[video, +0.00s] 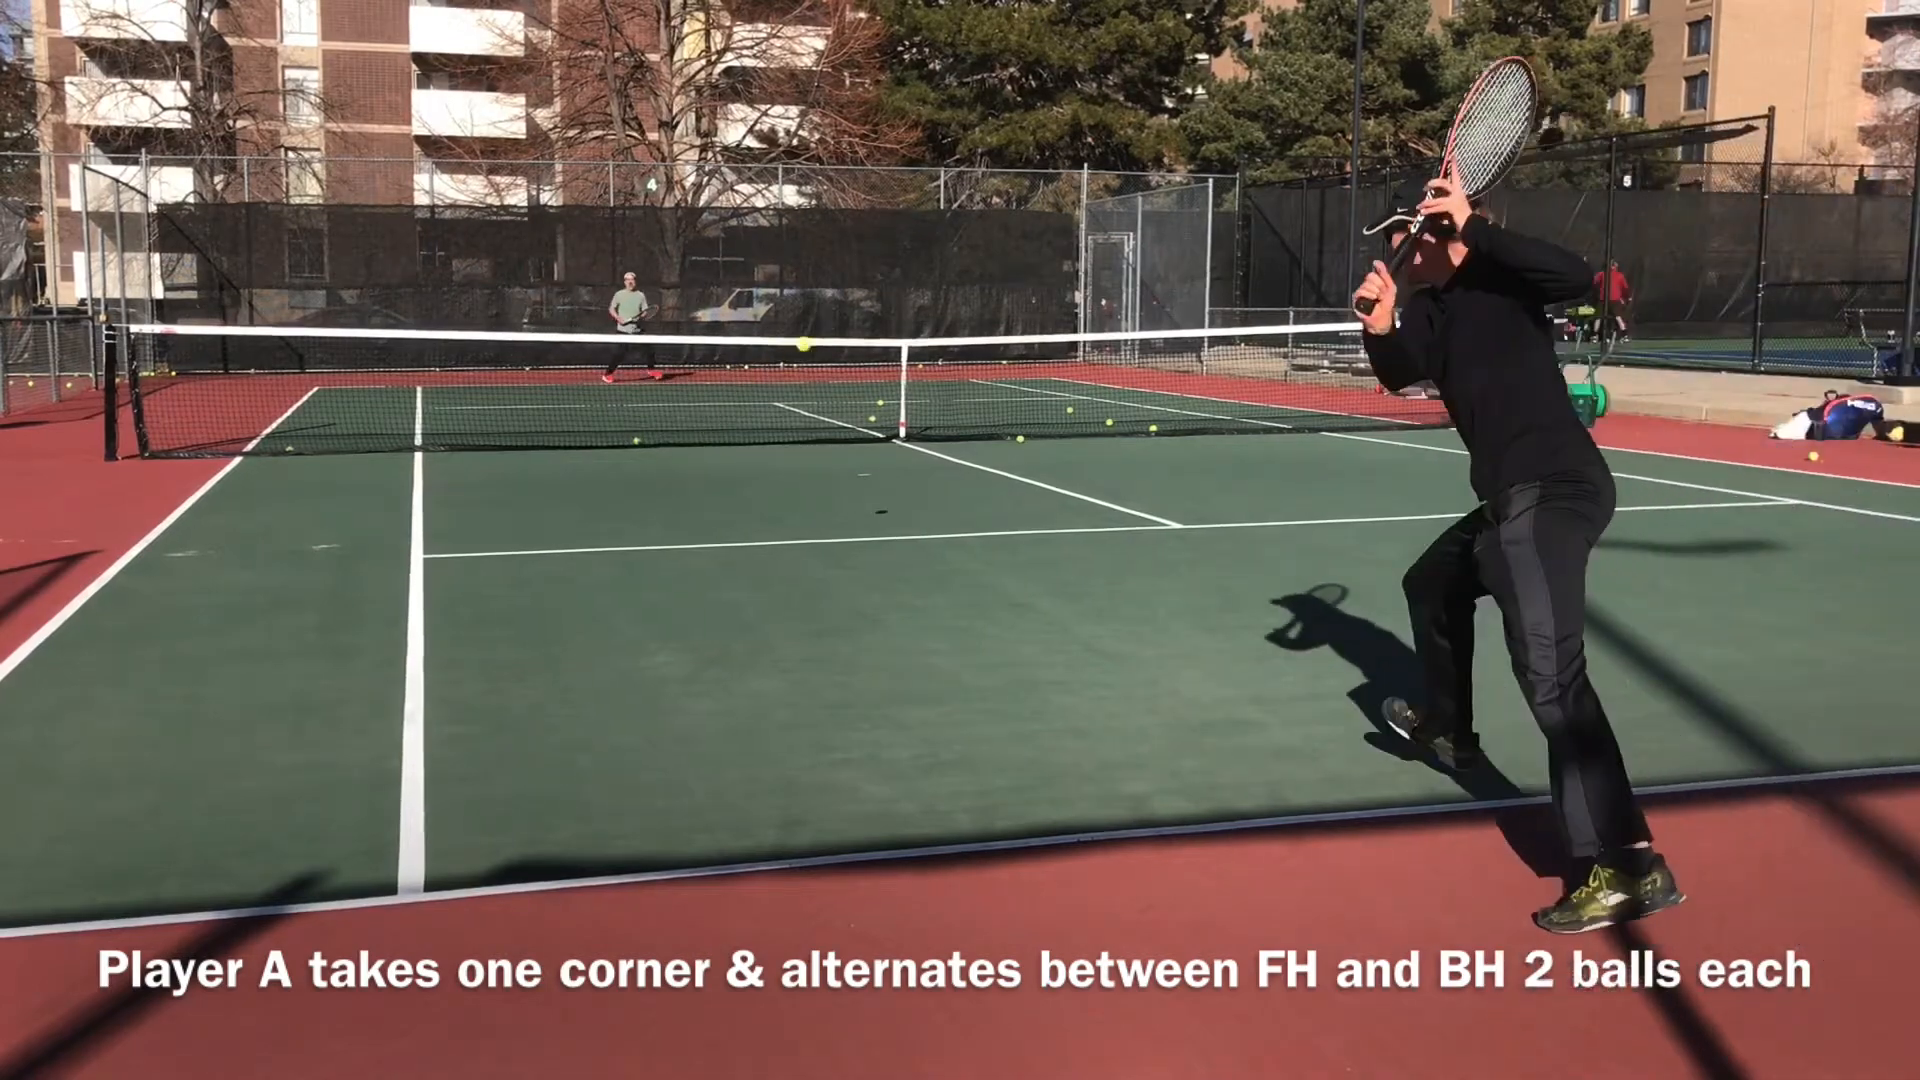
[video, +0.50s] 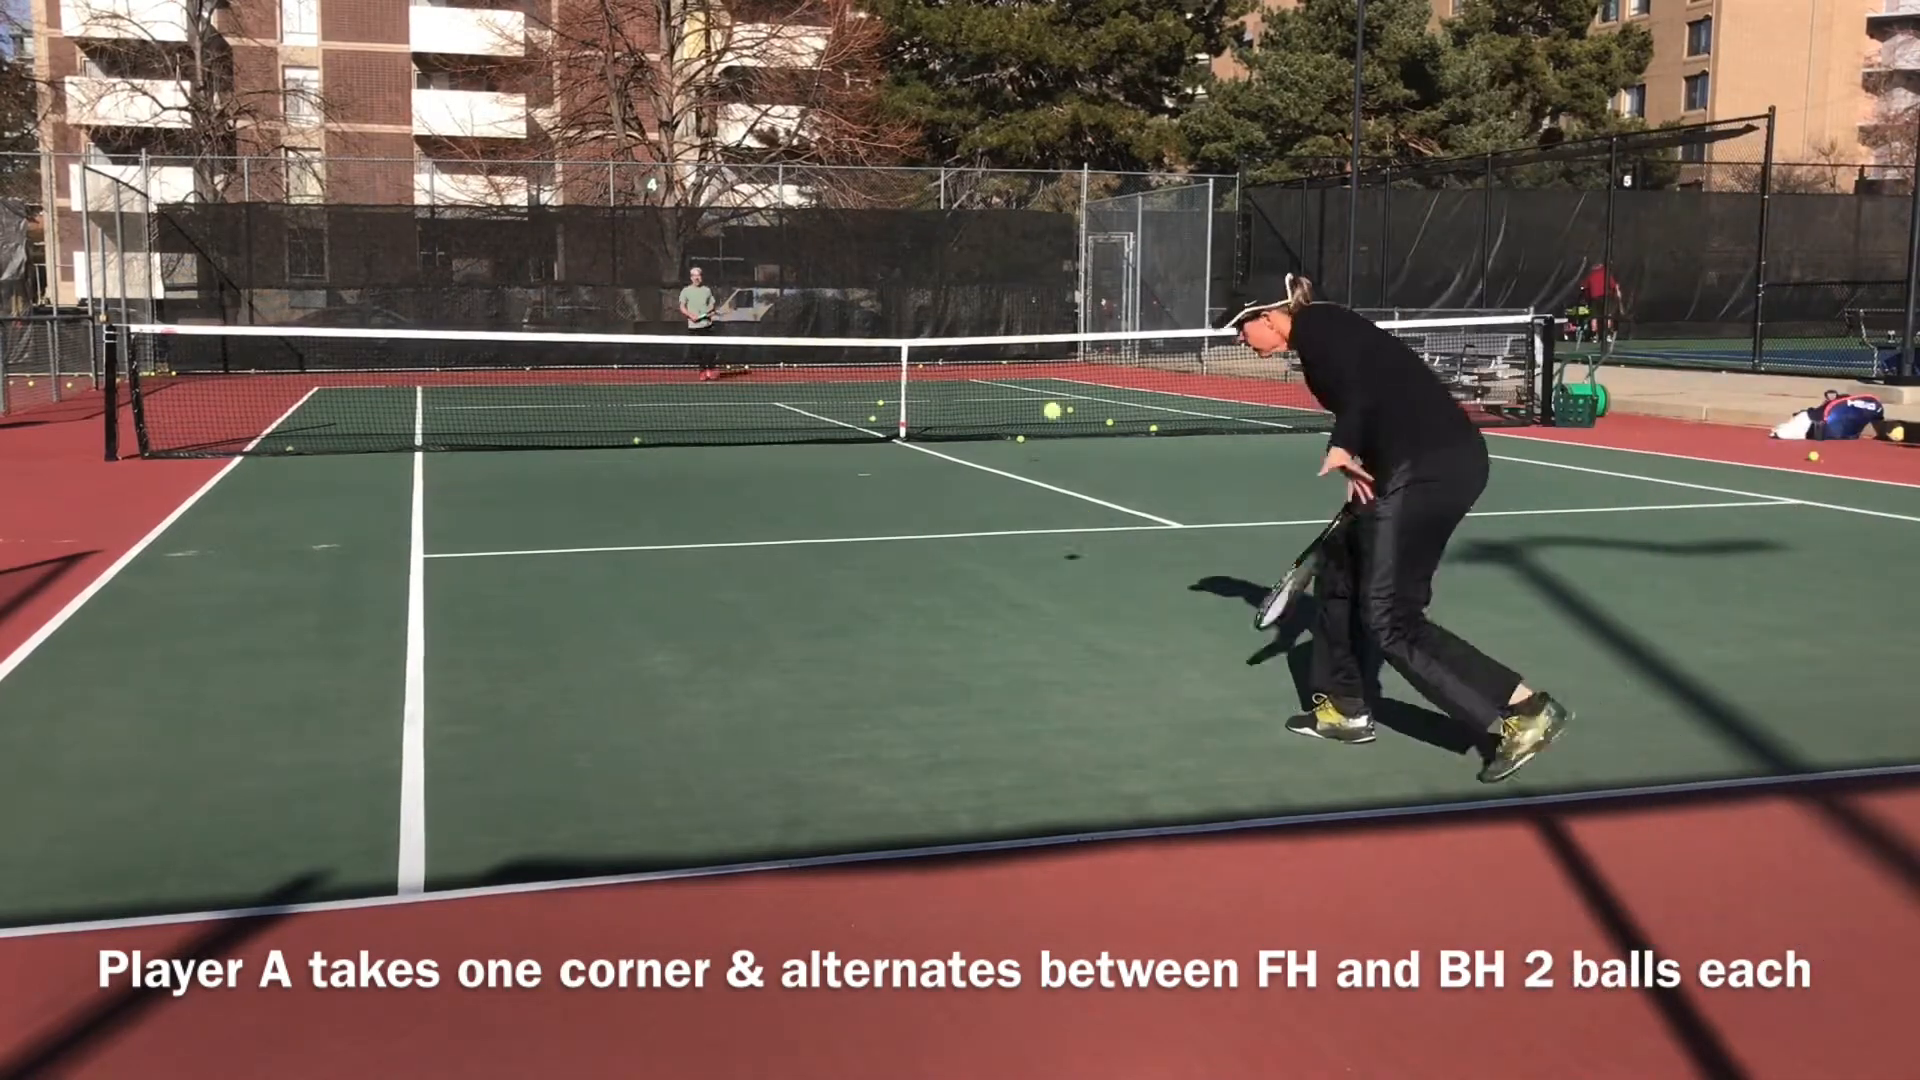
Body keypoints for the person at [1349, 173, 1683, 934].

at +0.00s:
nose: (1411, 249)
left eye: (1422, 236)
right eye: (1406, 238)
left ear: (1454, 240)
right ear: (1408, 250)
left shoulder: (1497, 278)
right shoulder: (1430, 309)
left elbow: (1574, 279)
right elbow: (1400, 376)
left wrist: (1476, 227)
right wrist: (1381, 324)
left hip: (1555, 488)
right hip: (1511, 498)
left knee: (1553, 678)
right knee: (1432, 583)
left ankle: (1625, 864)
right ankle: (1446, 731)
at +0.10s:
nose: (1363, 273)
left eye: (1369, 260)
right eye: (1359, 265)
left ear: (1398, 253)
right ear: (1370, 269)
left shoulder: (1444, 280)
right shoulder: (1388, 314)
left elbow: (1518, 277)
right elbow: (1359, 360)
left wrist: (1436, 225)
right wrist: (1347, 307)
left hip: (1502, 478)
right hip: (1462, 490)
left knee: (1514, 637)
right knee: (1407, 594)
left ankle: (1585, 815)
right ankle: (1370, 704)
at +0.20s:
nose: (1300, 322)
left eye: (1308, 307)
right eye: (1297, 313)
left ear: (1338, 303)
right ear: (1324, 317)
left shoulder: (1383, 324)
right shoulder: (1343, 353)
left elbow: (1451, 337)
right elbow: (1326, 380)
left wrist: (1386, 280)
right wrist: (1301, 354)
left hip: (1468, 499)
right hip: (1431, 504)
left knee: (1464, 655)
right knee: (1350, 575)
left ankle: (1537, 806)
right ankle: (1349, 711)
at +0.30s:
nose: (1265, 348)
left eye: (1267, 335)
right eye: (1261, 338)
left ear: (1298, 324)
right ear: (1296, 326)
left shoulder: (1354, 342)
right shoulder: (1323, 359)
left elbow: (1376, 407)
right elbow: (1287, 423)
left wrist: (1318, 416)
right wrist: (1249, 463)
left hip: (1448, 499)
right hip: (1416, 501)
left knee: (1433, 654)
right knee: (1334, 566)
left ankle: (1515, 787)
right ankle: (1344, 708)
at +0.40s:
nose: (1251, 360)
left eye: (1249, 346)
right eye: (1245, 350)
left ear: (1275, 331)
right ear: (1279, 333)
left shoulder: (1327, 340)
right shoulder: (1324, 363)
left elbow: (1353, 407)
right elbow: (1302, 458)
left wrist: (1316, 477)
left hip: (1437, 481)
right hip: (1420, 482)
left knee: (1411, 642)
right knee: (1336, 562)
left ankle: (1519, 751)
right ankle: (1345, 710)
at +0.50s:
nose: (1246, 341)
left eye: (1245, 329)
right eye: (1241, 333)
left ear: (1271, 314)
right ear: (1275, 315)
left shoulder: (1314, 325)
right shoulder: (1328, 329)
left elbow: (1358, 383)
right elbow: (1378, 399)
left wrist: (1341, 443)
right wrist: (1365, 469)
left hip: (1428, 463)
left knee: (1390, 620)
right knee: (1341, 561)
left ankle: (1521, 709)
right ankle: (1347, 707)